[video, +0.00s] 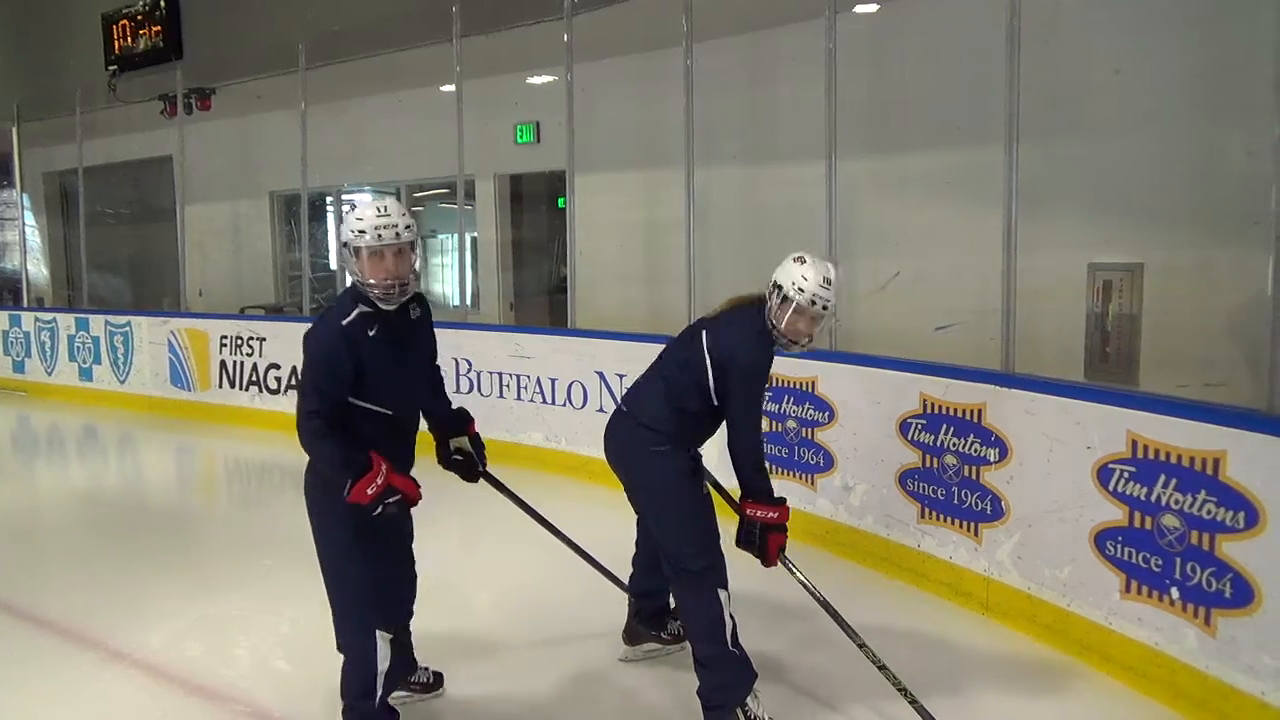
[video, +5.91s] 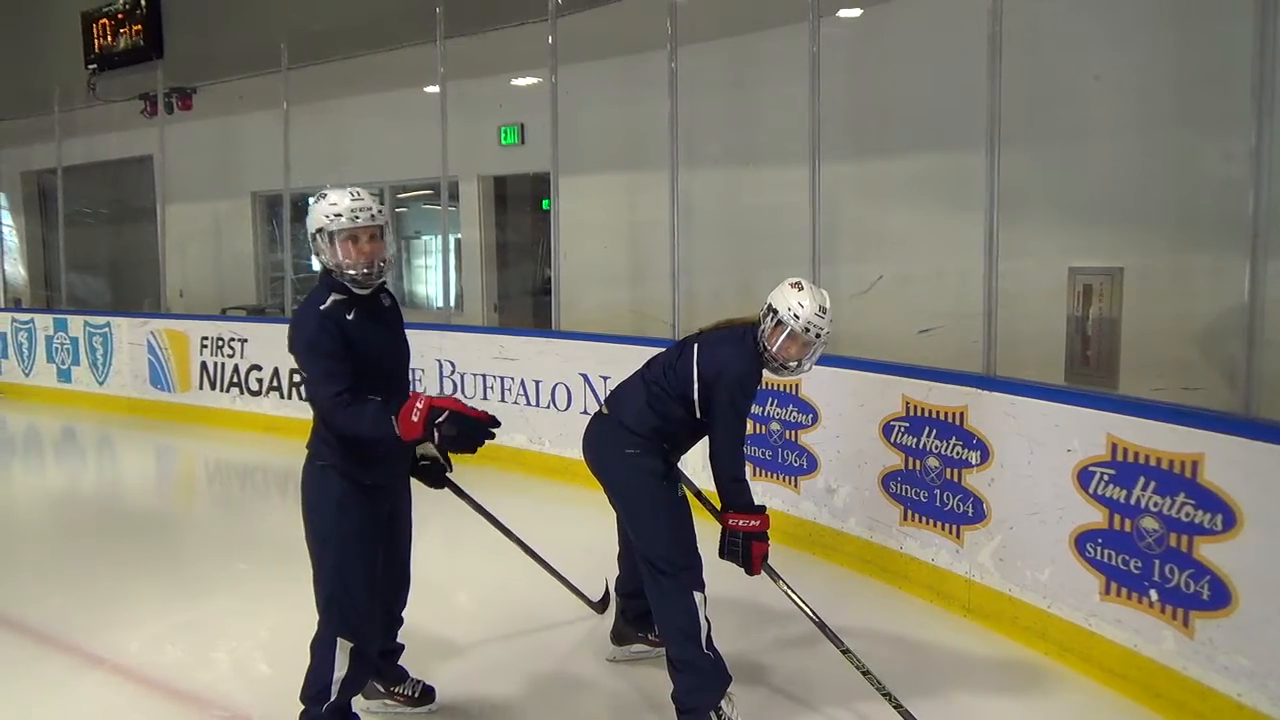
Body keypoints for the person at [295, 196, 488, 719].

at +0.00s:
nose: (391, 267)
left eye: (400, 253)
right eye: (377, 256)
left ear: (414, 256)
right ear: (355, 261)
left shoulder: (416, 313)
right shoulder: (335, 329)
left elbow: (427, 381)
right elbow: (314, 425)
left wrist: (453, 431)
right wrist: (365, 477)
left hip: (391, 479)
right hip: (341, 483)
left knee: (397, 581)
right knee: (363, 603)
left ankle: (398, 672)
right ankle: (366, 707)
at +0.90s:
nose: (383, 244)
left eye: (381, 233)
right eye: (369, 236)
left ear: (355, 243)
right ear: (336, 246)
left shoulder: (359, 298)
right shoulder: (328, 308)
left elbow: (371, 395)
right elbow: (341, 410)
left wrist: (409, 434)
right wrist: (416, 426)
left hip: (367, 471)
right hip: (337, 475)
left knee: (371, 581)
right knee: (339, 592)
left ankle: (361, 676)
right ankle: (328, 703)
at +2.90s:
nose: (388, 243)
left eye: (385, 231)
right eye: (376, 232)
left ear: (352, 240)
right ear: (345, 238)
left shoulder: (347, 300)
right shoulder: (323, 305)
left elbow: (350, 392)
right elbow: (314, 402)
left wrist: (390, 433)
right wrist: (378, 447)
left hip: (342, 471)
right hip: (314, 476)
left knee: (350, 582)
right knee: (319, 595)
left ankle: (345, 674)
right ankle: (296, 705)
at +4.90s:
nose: (358, 249)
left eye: (368, 237)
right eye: (345, 239)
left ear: (383, 242)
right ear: (325, 247)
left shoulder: (384, 305)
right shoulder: (312, 319)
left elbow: (400, 388)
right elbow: (322, 411)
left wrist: (430, 432)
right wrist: (389, 431)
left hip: (384, 468)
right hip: (335, 474)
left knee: (386, 577)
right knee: (344, 596)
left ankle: (373, 669)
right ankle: (320, 707)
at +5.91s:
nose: (363, 251)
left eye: (372, 238)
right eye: (349, 241)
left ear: (385, 243)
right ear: (327, 249)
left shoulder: (384, 304)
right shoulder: (318, 317)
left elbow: (390, 390)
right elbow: (337, 408)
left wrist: (416, 449)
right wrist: (417, 419)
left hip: (386, 467)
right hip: (340, 474)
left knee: (389, 581)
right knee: (347, 603)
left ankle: (379, 668)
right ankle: (325, 707)